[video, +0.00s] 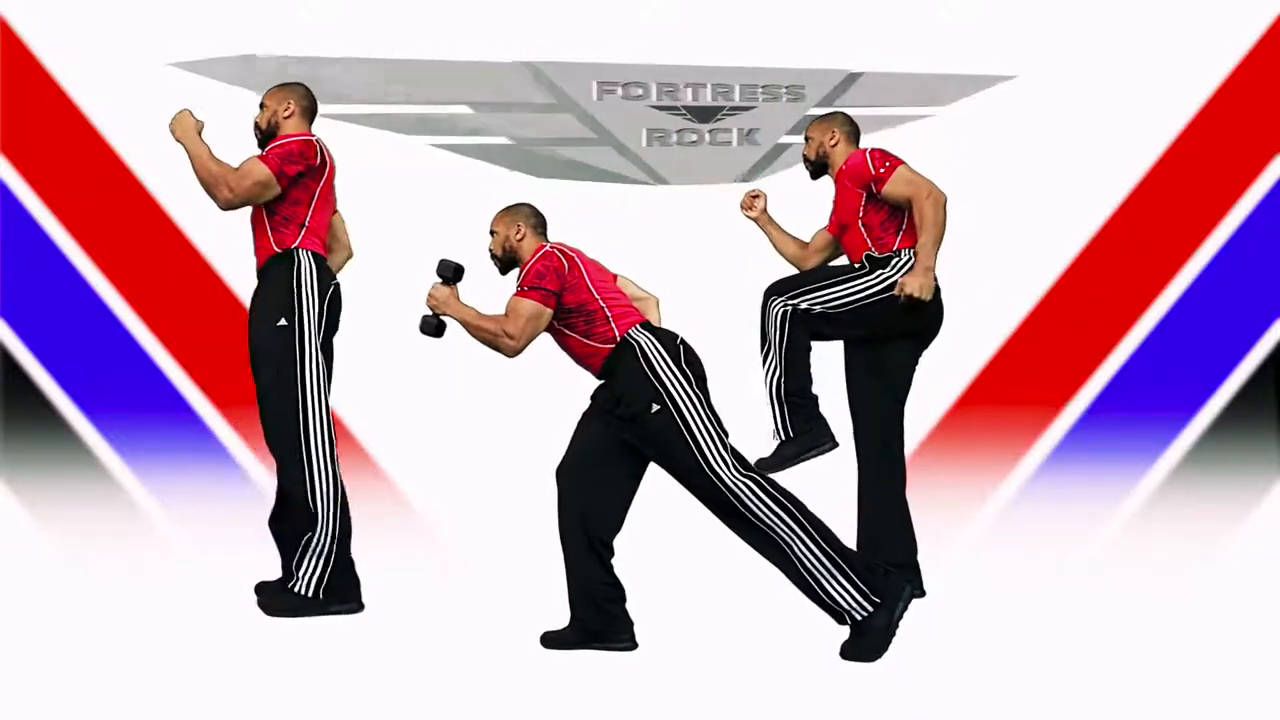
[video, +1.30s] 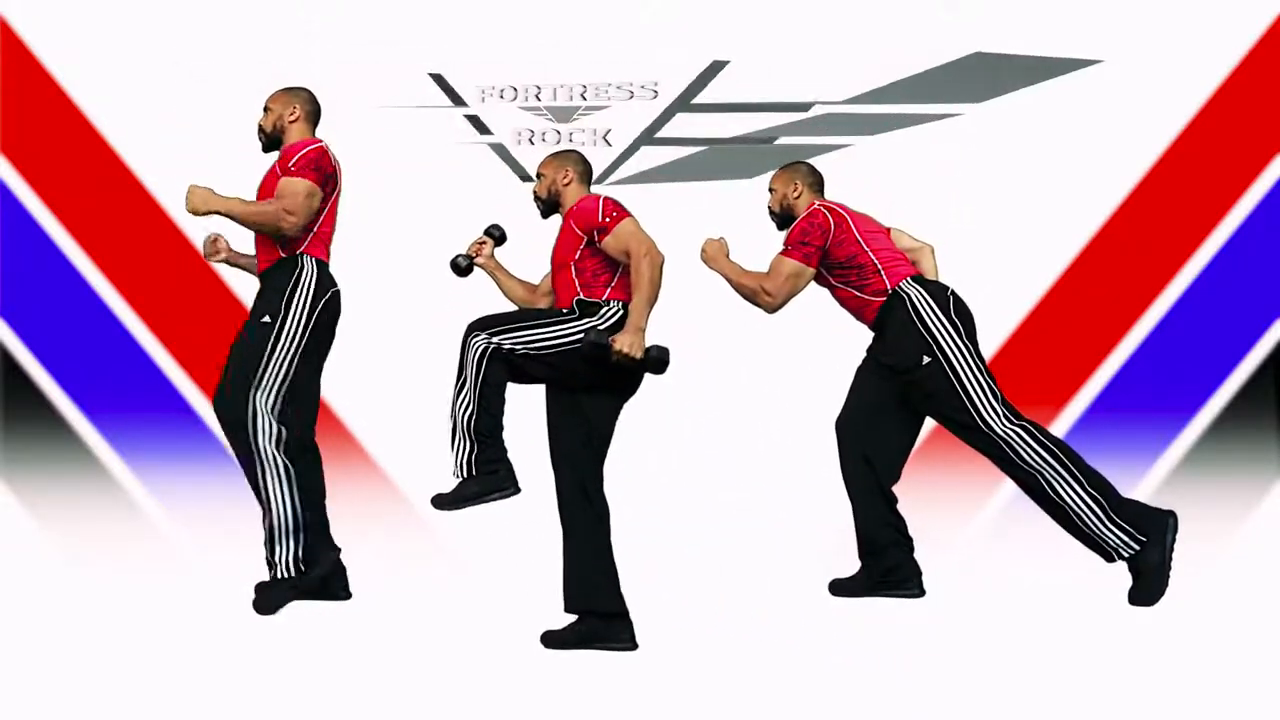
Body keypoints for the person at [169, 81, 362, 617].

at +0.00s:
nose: (256, 116)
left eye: (262, 107)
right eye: (258, 109)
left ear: (285, 108)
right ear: (297, 112)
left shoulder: (300, 147)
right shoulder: (303, 161)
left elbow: (229, 191)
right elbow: (339, 247)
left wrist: (192, 139)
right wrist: (298, 296)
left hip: (295, 285)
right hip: (292, 288)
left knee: (303, 431)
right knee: (291, 433)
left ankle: (323, 582)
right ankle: (309, 574)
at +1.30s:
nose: (260, 117)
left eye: (266, 108)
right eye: (262, 109)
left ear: (291, 111)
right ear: (294, 115)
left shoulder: (308, 150)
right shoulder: (283, 171)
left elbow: (293, 215)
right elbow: (282, 262)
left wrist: (219, 202)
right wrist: (233, 255)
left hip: (300, 287)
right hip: (283, 292)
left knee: (258, 409)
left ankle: (293, 564)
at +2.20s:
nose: (261, 127)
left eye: (269, 117)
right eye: (263, 119)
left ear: (295, 120)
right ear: (294, 123)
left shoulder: (316, 154)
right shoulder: (285, 186)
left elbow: (358, 210)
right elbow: (230, 234)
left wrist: (305, 249)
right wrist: (211, 178)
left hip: (300, 282)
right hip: (295, 298)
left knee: (182, 293)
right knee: (289, 439)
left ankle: (185, 426)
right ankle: (316, 570)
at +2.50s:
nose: (261, 126)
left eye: (268, 117)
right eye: (263, 118)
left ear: (295, 120)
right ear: (294, 122)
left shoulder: (315, 154)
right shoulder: (285, 185)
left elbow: (358, 209)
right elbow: (230, 234)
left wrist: (305, 252)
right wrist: (211, 178)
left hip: (296, 284)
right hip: (295, 299)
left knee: (179, 297)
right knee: (288, 441)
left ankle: (185, 430)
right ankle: (316, 571)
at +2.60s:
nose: (261, 126)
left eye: (268, 116)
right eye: (263, 118)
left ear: (294, 118)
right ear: (295, 120)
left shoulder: (315, 153)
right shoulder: (284, 181)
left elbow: (352, 212)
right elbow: (236, 241)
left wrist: (293, 253)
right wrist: (209, 190)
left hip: (299, 282)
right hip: (295, 296)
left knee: (180, 314)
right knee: (287, 440)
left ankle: (197, 449)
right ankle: (316, 572)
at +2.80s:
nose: (263, 124)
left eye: (268, 113)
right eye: (264, 115)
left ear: (292, 113)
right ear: (300, 117)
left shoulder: (314, 154)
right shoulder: (286, 176)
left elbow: (295, 224)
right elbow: (281, 266)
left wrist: (219, 217)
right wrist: (229, 251)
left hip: (298, 286)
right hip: (297, 293)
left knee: (216, 383)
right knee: (286, 430)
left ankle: (261, 529)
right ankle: (315, 569)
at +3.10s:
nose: (257, 115)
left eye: (264, 105)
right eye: (259, 107)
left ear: (287, 107)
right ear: (297, 111)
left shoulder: (301, 146)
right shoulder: (301, 161)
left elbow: (228, 188)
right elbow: (341, 243)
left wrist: (194, 136)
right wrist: (289, 281)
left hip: (294, 286)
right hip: (288, 289)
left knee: (306, 430)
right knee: (289, 433)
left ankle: (322, 581)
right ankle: (306, 573)